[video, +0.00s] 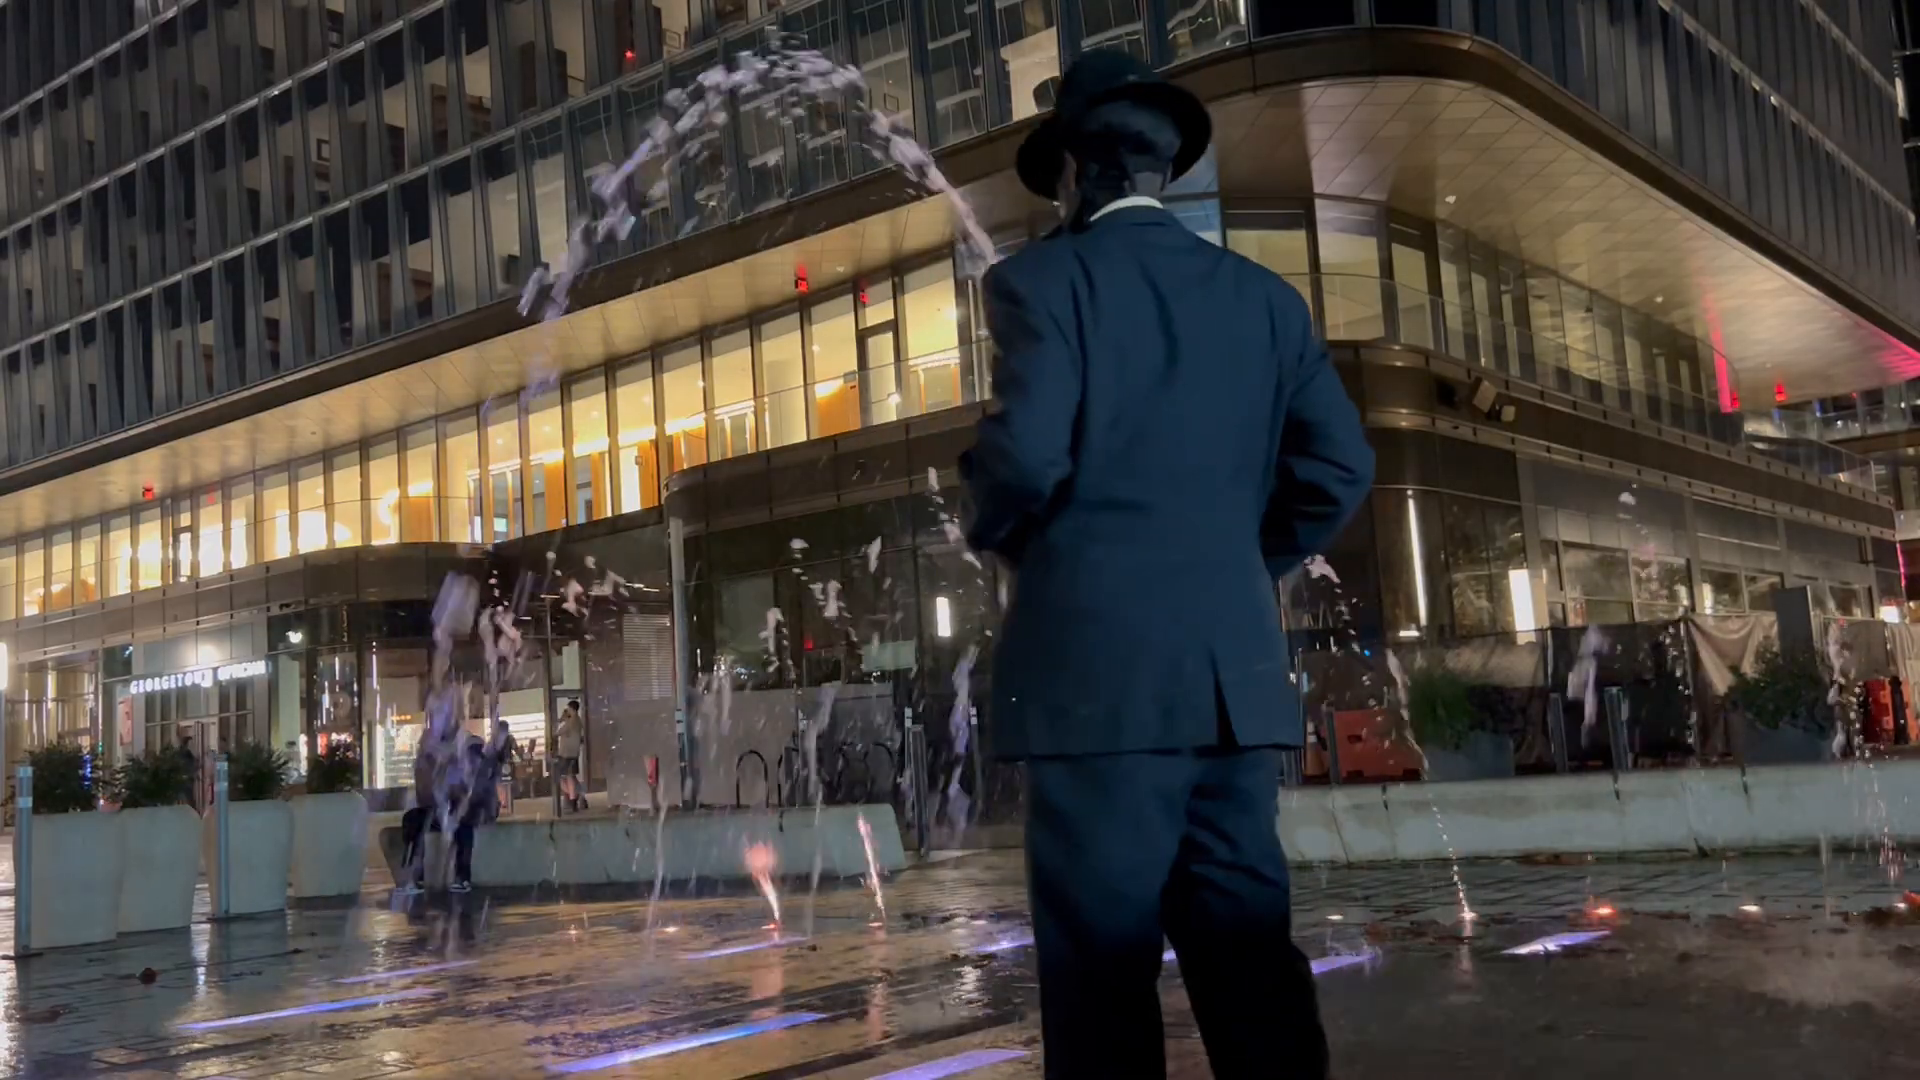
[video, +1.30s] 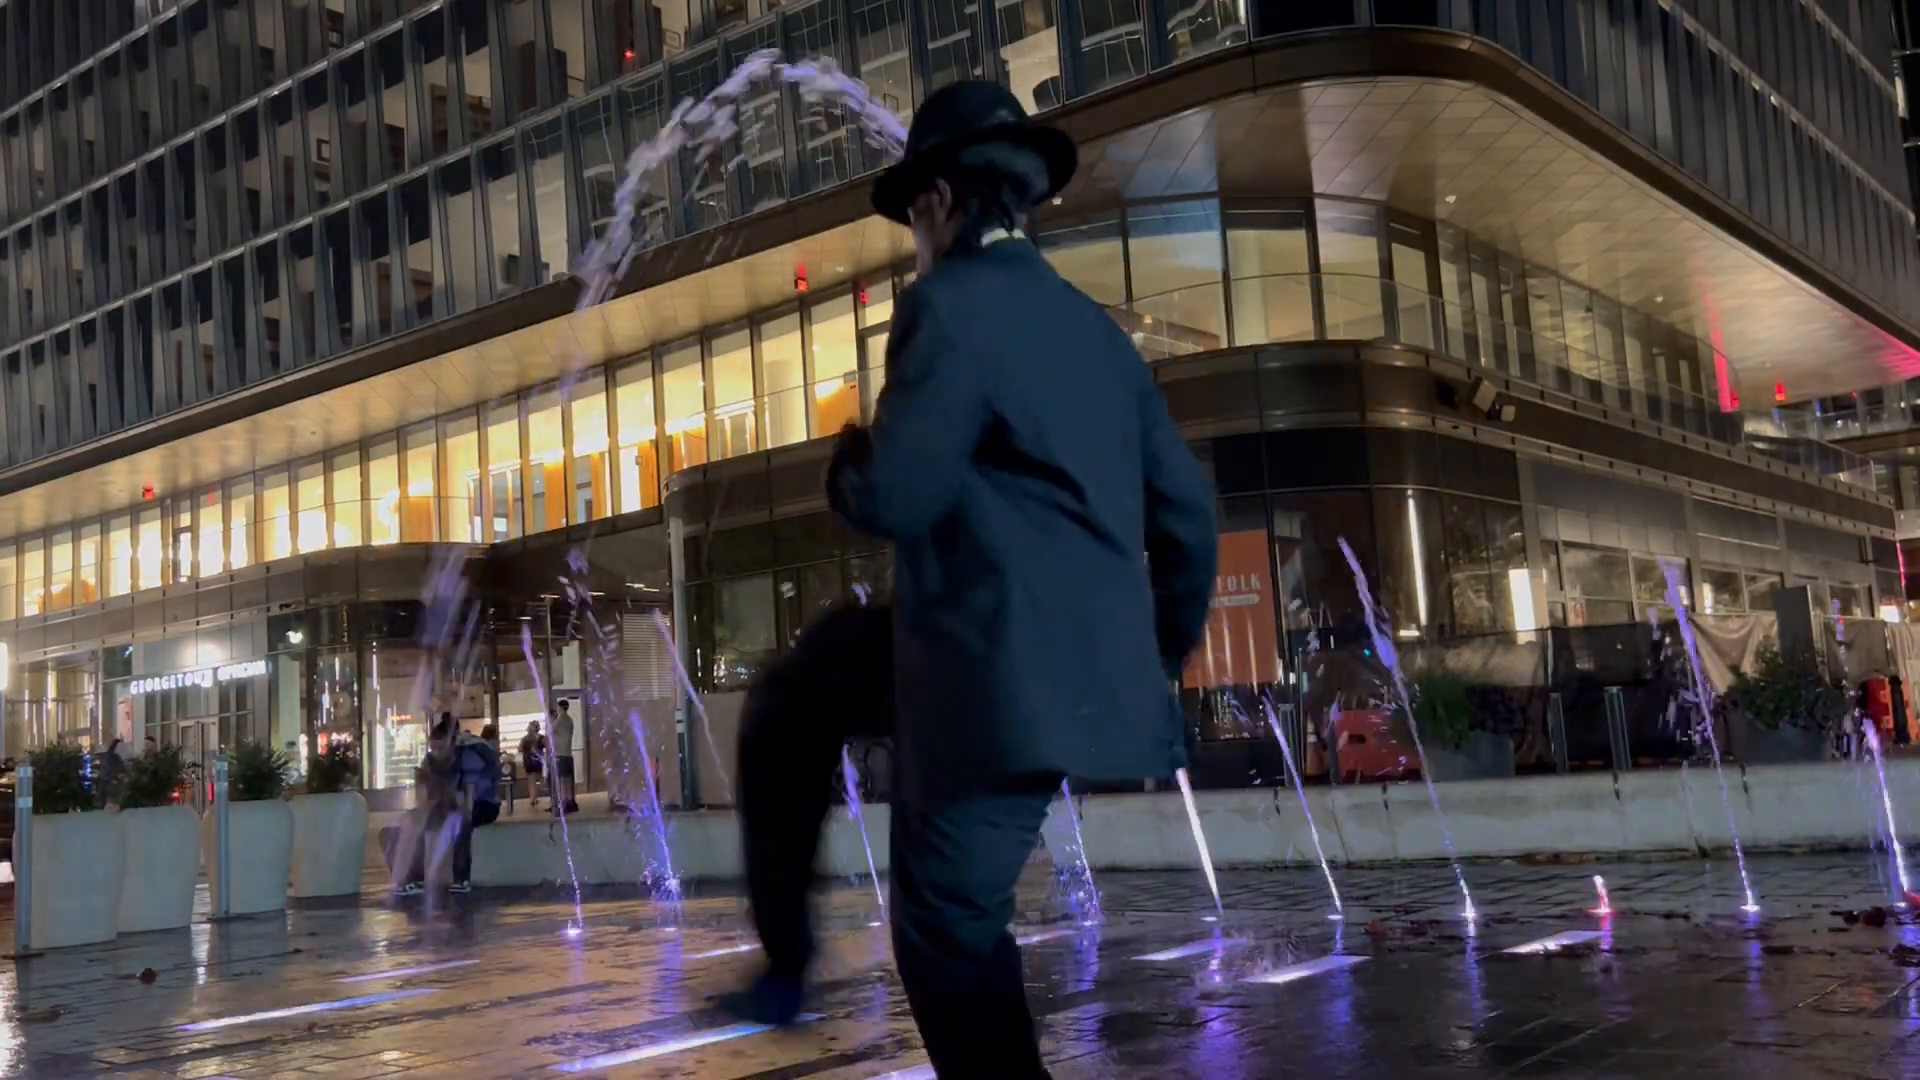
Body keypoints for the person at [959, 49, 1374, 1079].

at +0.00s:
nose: (1061, 188)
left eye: (1061, 168)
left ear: (1073, 176)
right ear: (1175, 173)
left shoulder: (1041, 278)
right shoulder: (1267, 295)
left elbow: (1028, 457)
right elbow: (1341, 465)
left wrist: (981, 517)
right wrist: (1248, 557)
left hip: (1100, 680)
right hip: (1240, 671)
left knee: (1098, 989)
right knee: (1251, 970)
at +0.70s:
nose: (1024, 240)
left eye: (1026, 218)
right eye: (1026, 219)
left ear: (1050, 215)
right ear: (1133, 212)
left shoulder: (1039, 314)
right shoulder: (1241, 321)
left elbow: (1049, 463)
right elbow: (1345, 462)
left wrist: (999, 534)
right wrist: (1273, 557)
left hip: (1158, 656)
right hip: (1303, 644)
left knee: (1087, 918)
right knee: (1321, 915)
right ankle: (1406, 1078)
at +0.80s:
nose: (991, 267)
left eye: (994, 244)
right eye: (991, 246)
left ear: (1021, 239)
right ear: (1093, 240)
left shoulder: (1033, 331)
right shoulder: (1159, 349)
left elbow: (1092, 487)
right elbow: (1231, 518)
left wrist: (995, 588)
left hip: (1144, 705)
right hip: (1255, 688)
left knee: (1054, 979)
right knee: (1296, 956)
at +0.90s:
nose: (957, 234)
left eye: (959, 210)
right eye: (956, 212)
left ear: (992, 206)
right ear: (1049, 204)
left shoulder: (1022, 292)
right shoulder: (1091, 298)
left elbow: (1090, 451)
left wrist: (985, 576)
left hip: (1095, 694)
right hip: (1149, 681)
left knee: (1017, 949)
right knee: (1143, 936)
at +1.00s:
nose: (952, 218)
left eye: (954, 194)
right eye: (951, 197)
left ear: (986, 188)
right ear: (1048, 186)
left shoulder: (1008, 277)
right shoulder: (1100, 288)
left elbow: (1035, 469)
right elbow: (1135, 488)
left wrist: (941, 573)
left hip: (1063, 663)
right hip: (1123, 650)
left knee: (994, 939)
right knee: (1018, 931)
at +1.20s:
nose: (915, 245)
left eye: (917, 222)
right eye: (914, 225)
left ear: (953, 212)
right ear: (1020, 211)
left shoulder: (953, 315)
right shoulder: (1101, 327)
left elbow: (927, 518)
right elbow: (1186, 511)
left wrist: (854, 538)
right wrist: (1121, 614)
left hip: (1017, 669)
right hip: (1110, 661)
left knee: (959, 929)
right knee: (846, 672)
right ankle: (656, 811)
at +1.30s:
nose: (912, 232)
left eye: (913, 209)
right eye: (911, 212)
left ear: (942, 200)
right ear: (1019, 203)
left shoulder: (952, 301)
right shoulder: (1097, 327)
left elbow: (897, 500)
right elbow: (1189, 512)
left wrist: (848, 461)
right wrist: (1157, 652)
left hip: (1004, 661)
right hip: (1099, 657)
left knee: (946, 924)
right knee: (796, 690)